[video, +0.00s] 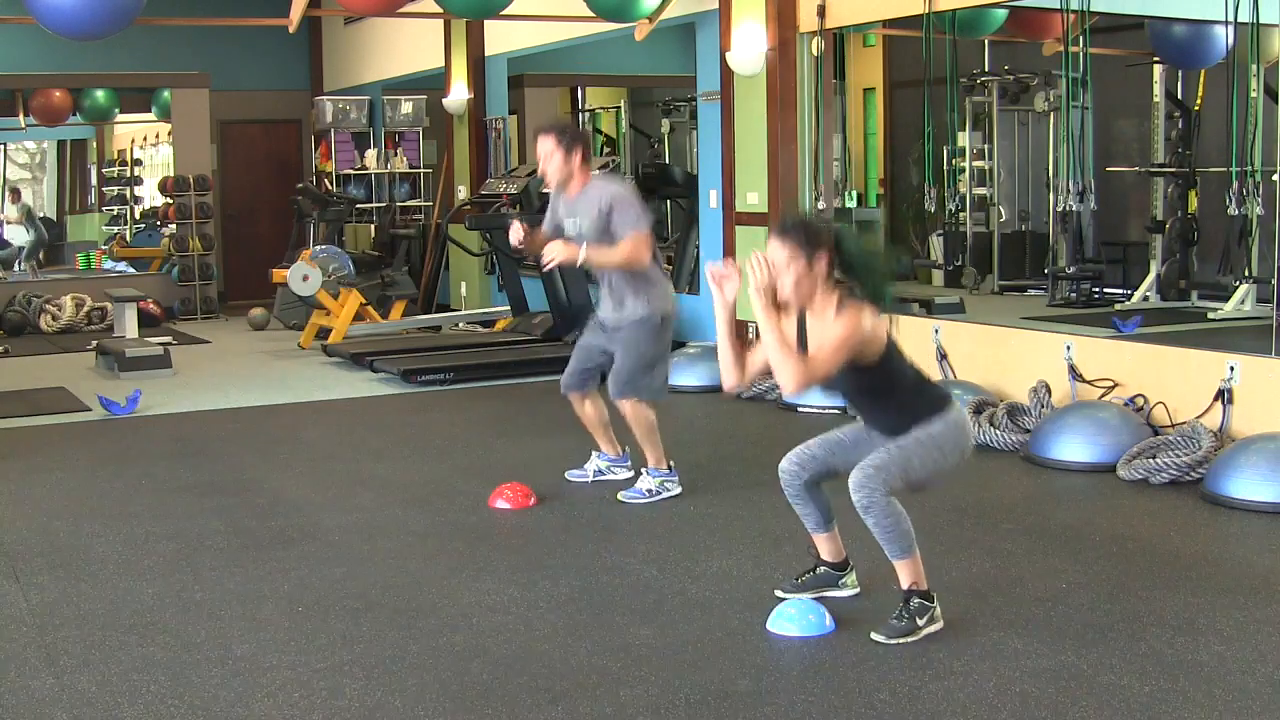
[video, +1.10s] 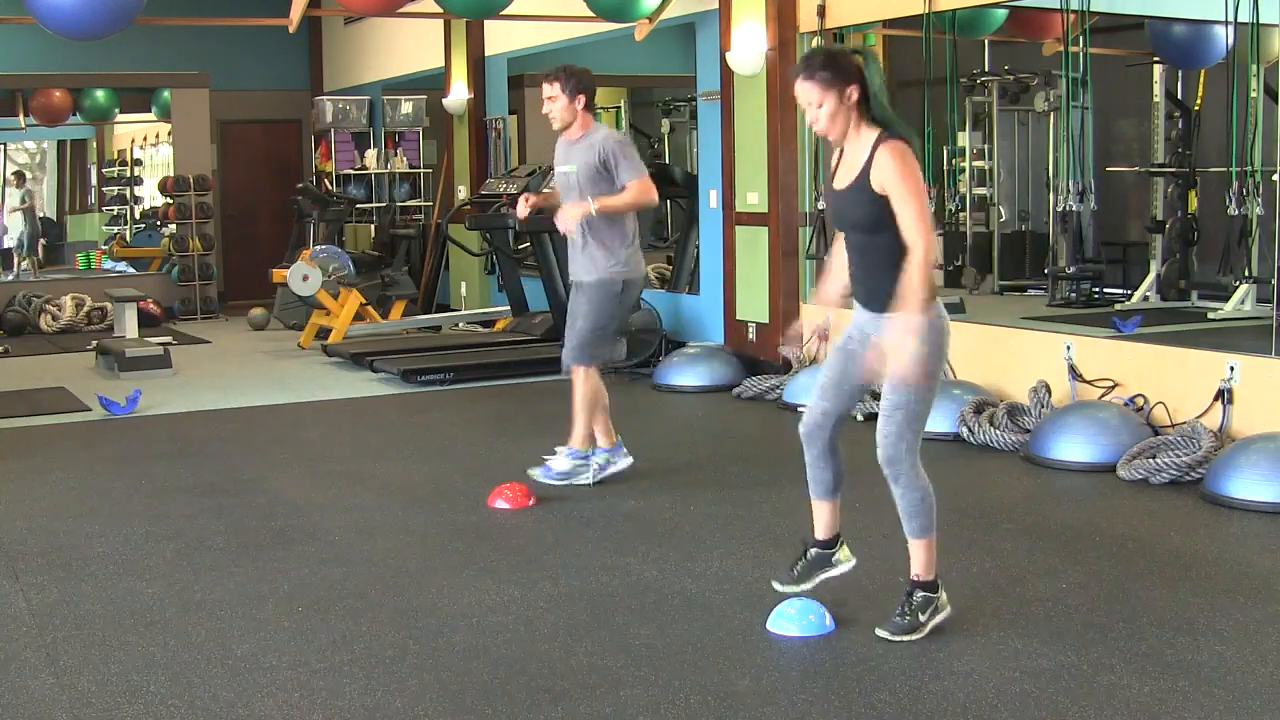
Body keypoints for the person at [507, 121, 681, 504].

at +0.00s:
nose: (540, 167)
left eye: (547, 157)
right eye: (539, 158)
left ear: (576, 156)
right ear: (564, 160)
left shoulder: (616, 192)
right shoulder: (559, 198)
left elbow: (640, 254)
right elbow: (547, 241)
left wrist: (580, 253)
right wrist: (527, 238)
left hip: (646, 309)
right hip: (609, 310)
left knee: (625, 390)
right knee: (577, 385)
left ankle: (661, 472)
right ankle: (614, 459)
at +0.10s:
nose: (535, 221)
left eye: (543, 210)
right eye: (534, 211)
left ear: (570, 212)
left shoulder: (608, 243)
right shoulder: (555, 247)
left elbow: (613, 309)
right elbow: (536, 302)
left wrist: (555, 286)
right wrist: (524, 279)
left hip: (658, 337)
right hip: (615, 337)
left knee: (616, 396)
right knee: (568, 388)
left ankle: (661, 473)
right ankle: (612, 458)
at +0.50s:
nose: (532, 209)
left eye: (539, 200)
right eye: (532, 200)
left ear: (566, 203)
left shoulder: (600, 236)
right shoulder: (553, 240)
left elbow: (611, 293)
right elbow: (538, 285)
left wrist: (554, 314)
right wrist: (530, 314)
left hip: (652, 333)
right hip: (612, 335)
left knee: (615, 395)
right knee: (565, 390)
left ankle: (660, 473)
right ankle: (611, 458)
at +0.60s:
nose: (530, 159)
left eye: (536, 149)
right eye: (530, 149)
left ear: (560, 151)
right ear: (555, 153)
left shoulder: (597, 188)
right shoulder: (557, 192)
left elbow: (642, 230)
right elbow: (578, 228)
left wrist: (608, 275)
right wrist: (563, 253)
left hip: (635, 303)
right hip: (599, 302)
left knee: (614, 385)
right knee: (567, 380)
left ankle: (656, 468)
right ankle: (607, 451)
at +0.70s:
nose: (530, 120)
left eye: (534, 111)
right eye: (529, 111)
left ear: (560, 113)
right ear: (557, 114)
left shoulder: (601, 150)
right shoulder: (563, 156)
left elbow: (657, 186)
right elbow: (598, 205)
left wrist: (633, 235)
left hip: (619, 279)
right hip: (587, 278)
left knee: (600, 362)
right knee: (571, 364)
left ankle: (632, 451)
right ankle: (602, 443)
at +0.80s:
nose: (532, 108)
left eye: (537, 100)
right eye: (531, 100)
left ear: (562, 102)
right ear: (559, 103)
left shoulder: (606, 138)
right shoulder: (560, 144)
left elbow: (659, 179)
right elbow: (580, 190)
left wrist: (636, 225)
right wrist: (570, 221)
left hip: (615, 265)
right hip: (584, 262)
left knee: (582, 351)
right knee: (578, 353)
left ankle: (582, 444)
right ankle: (606, 440)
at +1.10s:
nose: (545, 109)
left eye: (551, 100)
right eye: (544, 101)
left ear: (579, 101)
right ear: (565, 103)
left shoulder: (611, 141)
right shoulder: (563, 147)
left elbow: (647, 192)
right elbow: (568, 193)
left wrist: (590, 206)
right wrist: (540, 199)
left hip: (613, 272)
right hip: (583, 273)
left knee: (581, 357)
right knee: (582, 359)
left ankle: (579, 451)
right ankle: (609, 447)